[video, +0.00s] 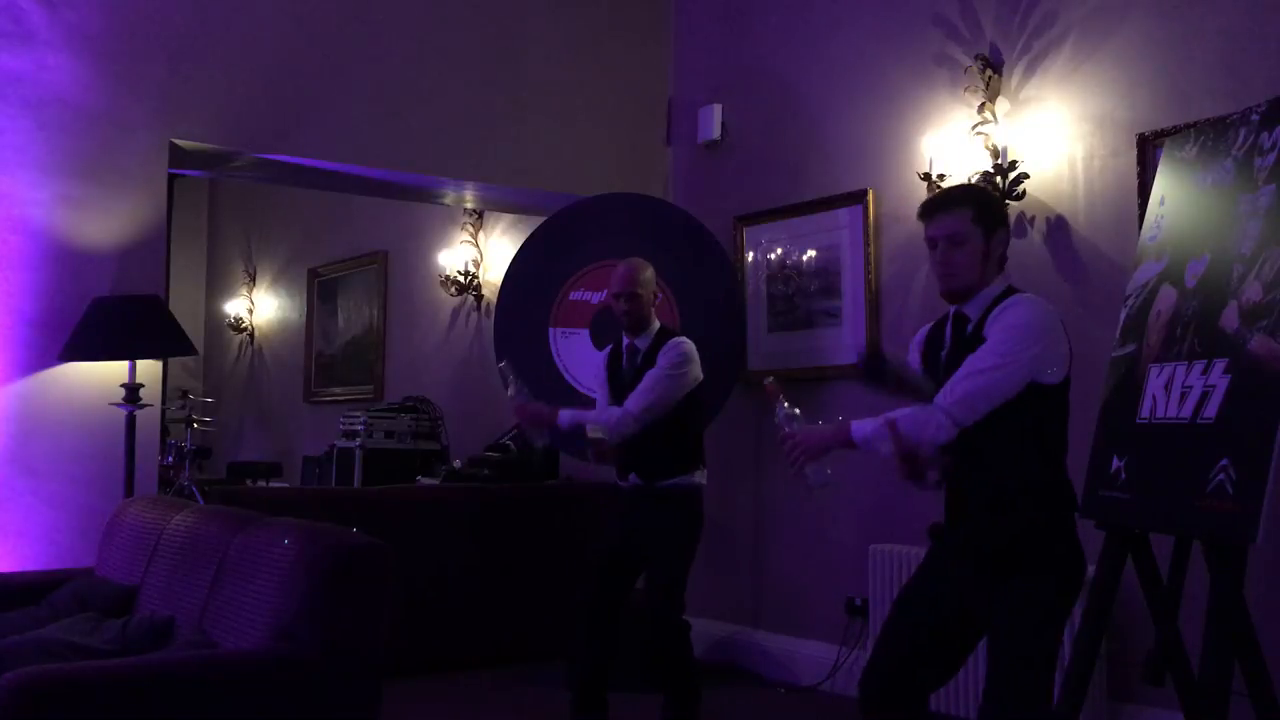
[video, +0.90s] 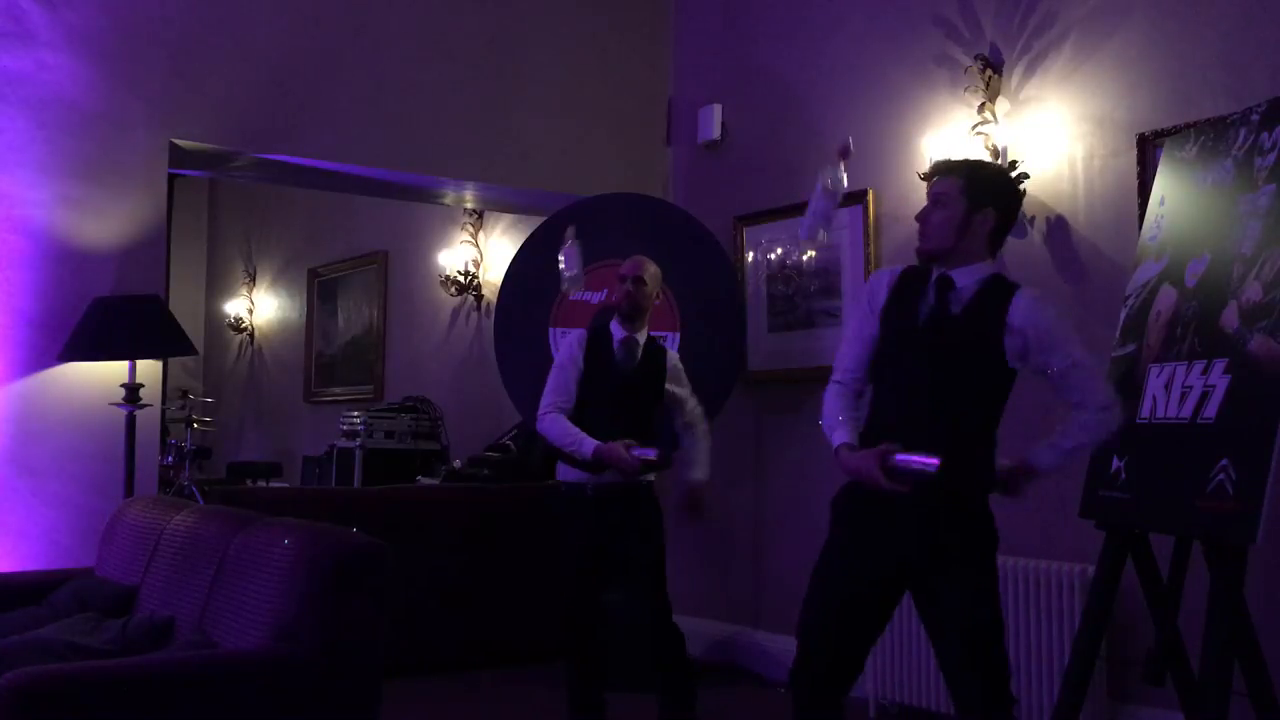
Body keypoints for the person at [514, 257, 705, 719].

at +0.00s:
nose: (623, 306)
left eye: (632, 297)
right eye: (617, 298)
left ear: (655, 298)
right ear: (609, 303)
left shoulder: (680, 352)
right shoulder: (612, 359)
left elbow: (625, 423)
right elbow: (605, 438)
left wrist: (553, 417)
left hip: (677, 498)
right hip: (632, 496)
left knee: (663, 608)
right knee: (606, 601)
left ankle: (681, 708)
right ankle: (592, 705)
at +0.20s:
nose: (612, 299)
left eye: (622, 290)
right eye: (606, 290)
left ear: (645, 293)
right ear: (601, 295)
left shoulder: (671, 348)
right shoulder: (600, 354)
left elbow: (651, 430)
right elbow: (601, 420)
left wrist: (600, 483)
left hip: (665, 492)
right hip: (616, 488)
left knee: (661, 605)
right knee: (601, 601)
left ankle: (680, 706)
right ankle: (591, 704)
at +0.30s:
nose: (613, 297)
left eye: (622, 288)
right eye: (607, 289)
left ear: (644, 292)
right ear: (601, 294)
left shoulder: (669, 348)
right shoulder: (597, 354)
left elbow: (672, 418)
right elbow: (585, 427)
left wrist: (656, 482)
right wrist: (545, 417)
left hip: (661, 491)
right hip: (611, 491)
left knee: (659, 604)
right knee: (598, 601)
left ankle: (678, 706)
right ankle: (591, 703)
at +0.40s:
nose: (614, 292)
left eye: (623, 284)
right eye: (607, 284)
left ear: (643, 290)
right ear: (600, 290)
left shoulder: (666, 343)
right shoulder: (593, 349)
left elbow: (684, 398)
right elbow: (578, 428)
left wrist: (688, 440)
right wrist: (560, 395)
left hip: (656, 492)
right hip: (606, 492)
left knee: (658, 603)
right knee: (598, 601)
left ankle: (678, 705)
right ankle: (589, 703)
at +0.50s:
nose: (621, 287)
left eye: (631, 280)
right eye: (615, 279)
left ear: (647, 289)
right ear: (605, 287)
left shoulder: (667, 343)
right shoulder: (592, 347)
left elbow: (689, 404)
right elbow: (569, 428)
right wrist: (573, 420)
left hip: (654, 489)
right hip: (601, 490)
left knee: (657, 601)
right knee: (594, 601)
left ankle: (677, 705)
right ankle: (589, 704)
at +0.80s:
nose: (627, 284)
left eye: (638, 278)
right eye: (621, 275)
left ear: (654, 292)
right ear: (609, 282)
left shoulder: (667, 350)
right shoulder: (577, 346)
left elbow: (711, 391)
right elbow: (547, 420)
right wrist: (588, 445)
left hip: (641, 494)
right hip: (585, 494)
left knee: (652, 607)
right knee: (585, 610)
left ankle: (678, 707)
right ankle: (587, 708)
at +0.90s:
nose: (628, 288)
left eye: (639, 282)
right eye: (623, 280)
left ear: (657, 296)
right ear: (612, 290)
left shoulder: (665, 359)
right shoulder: (578, 346)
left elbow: (693, 422)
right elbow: (548, 417)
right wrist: (598, 450)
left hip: (638, 495)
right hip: (582, 495)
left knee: (650, 607)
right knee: (583, 608)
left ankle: (675, 706)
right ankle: (585, 705)